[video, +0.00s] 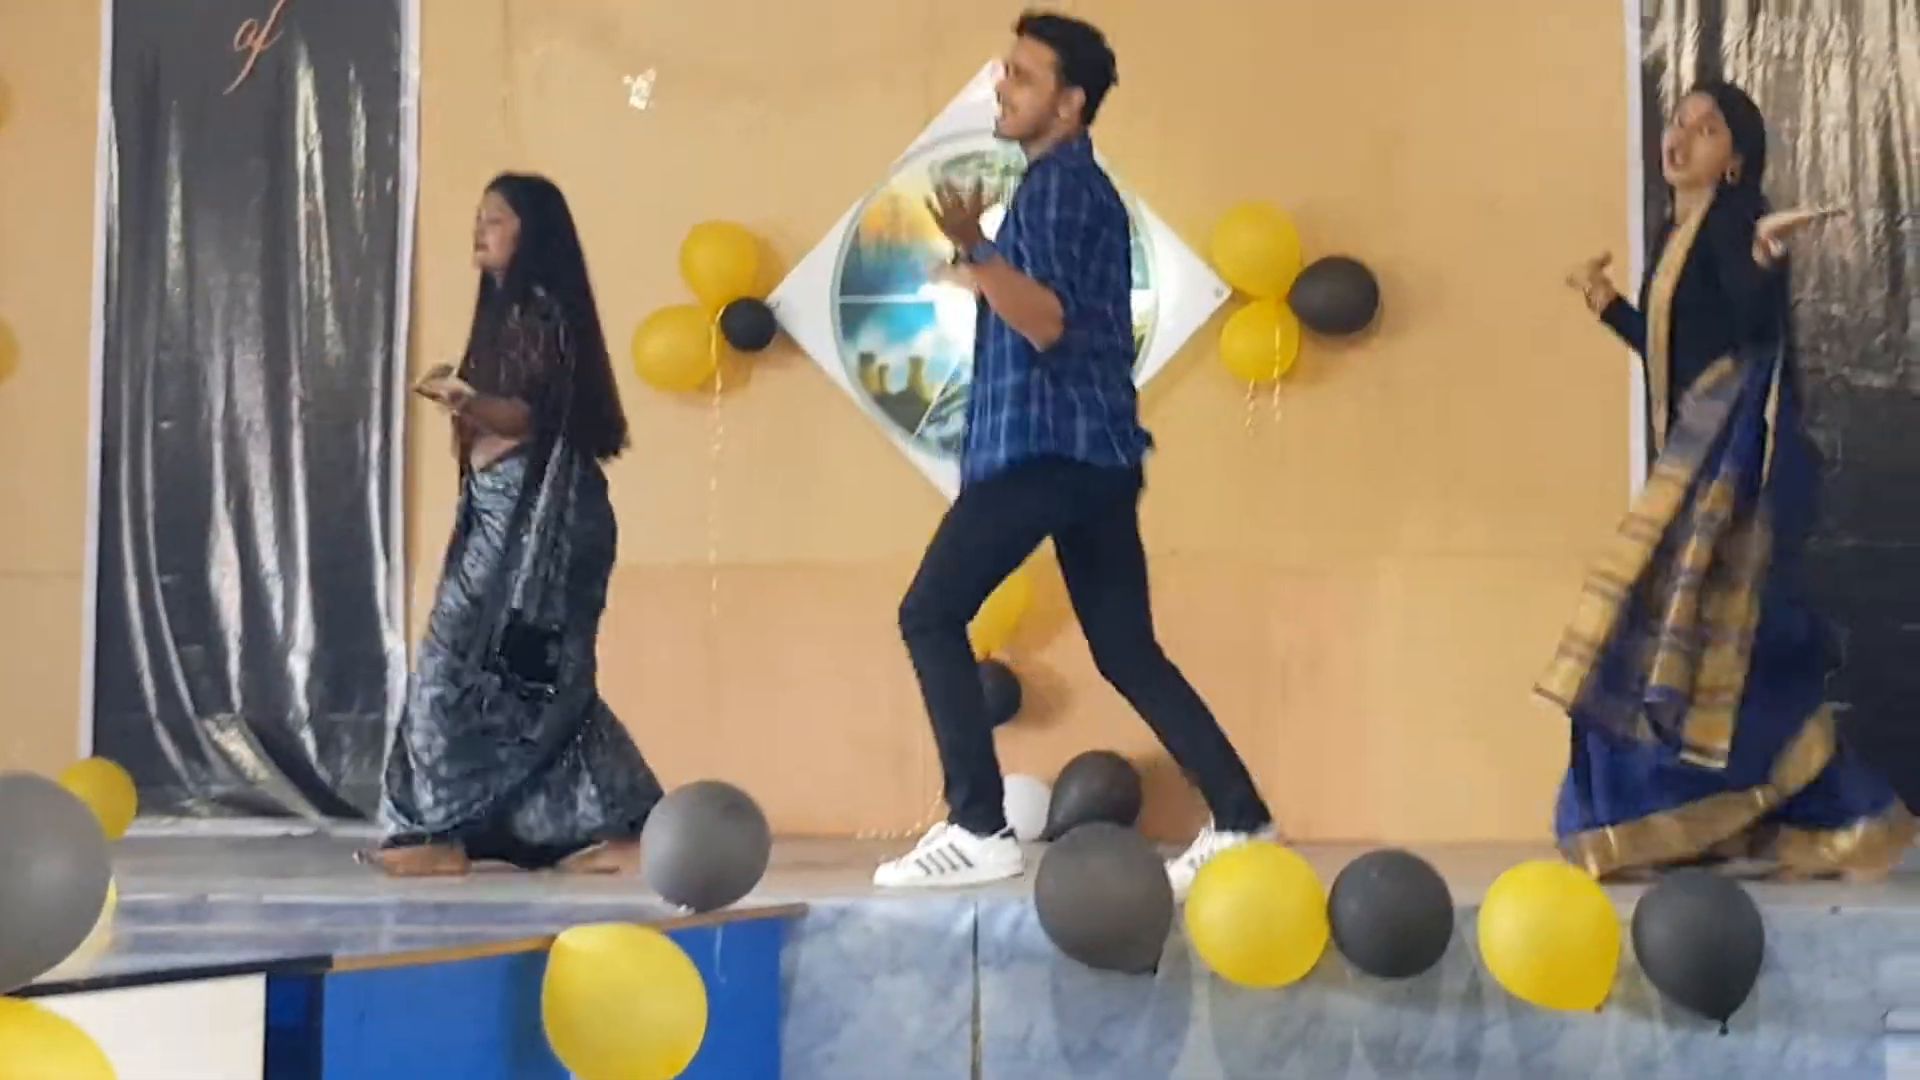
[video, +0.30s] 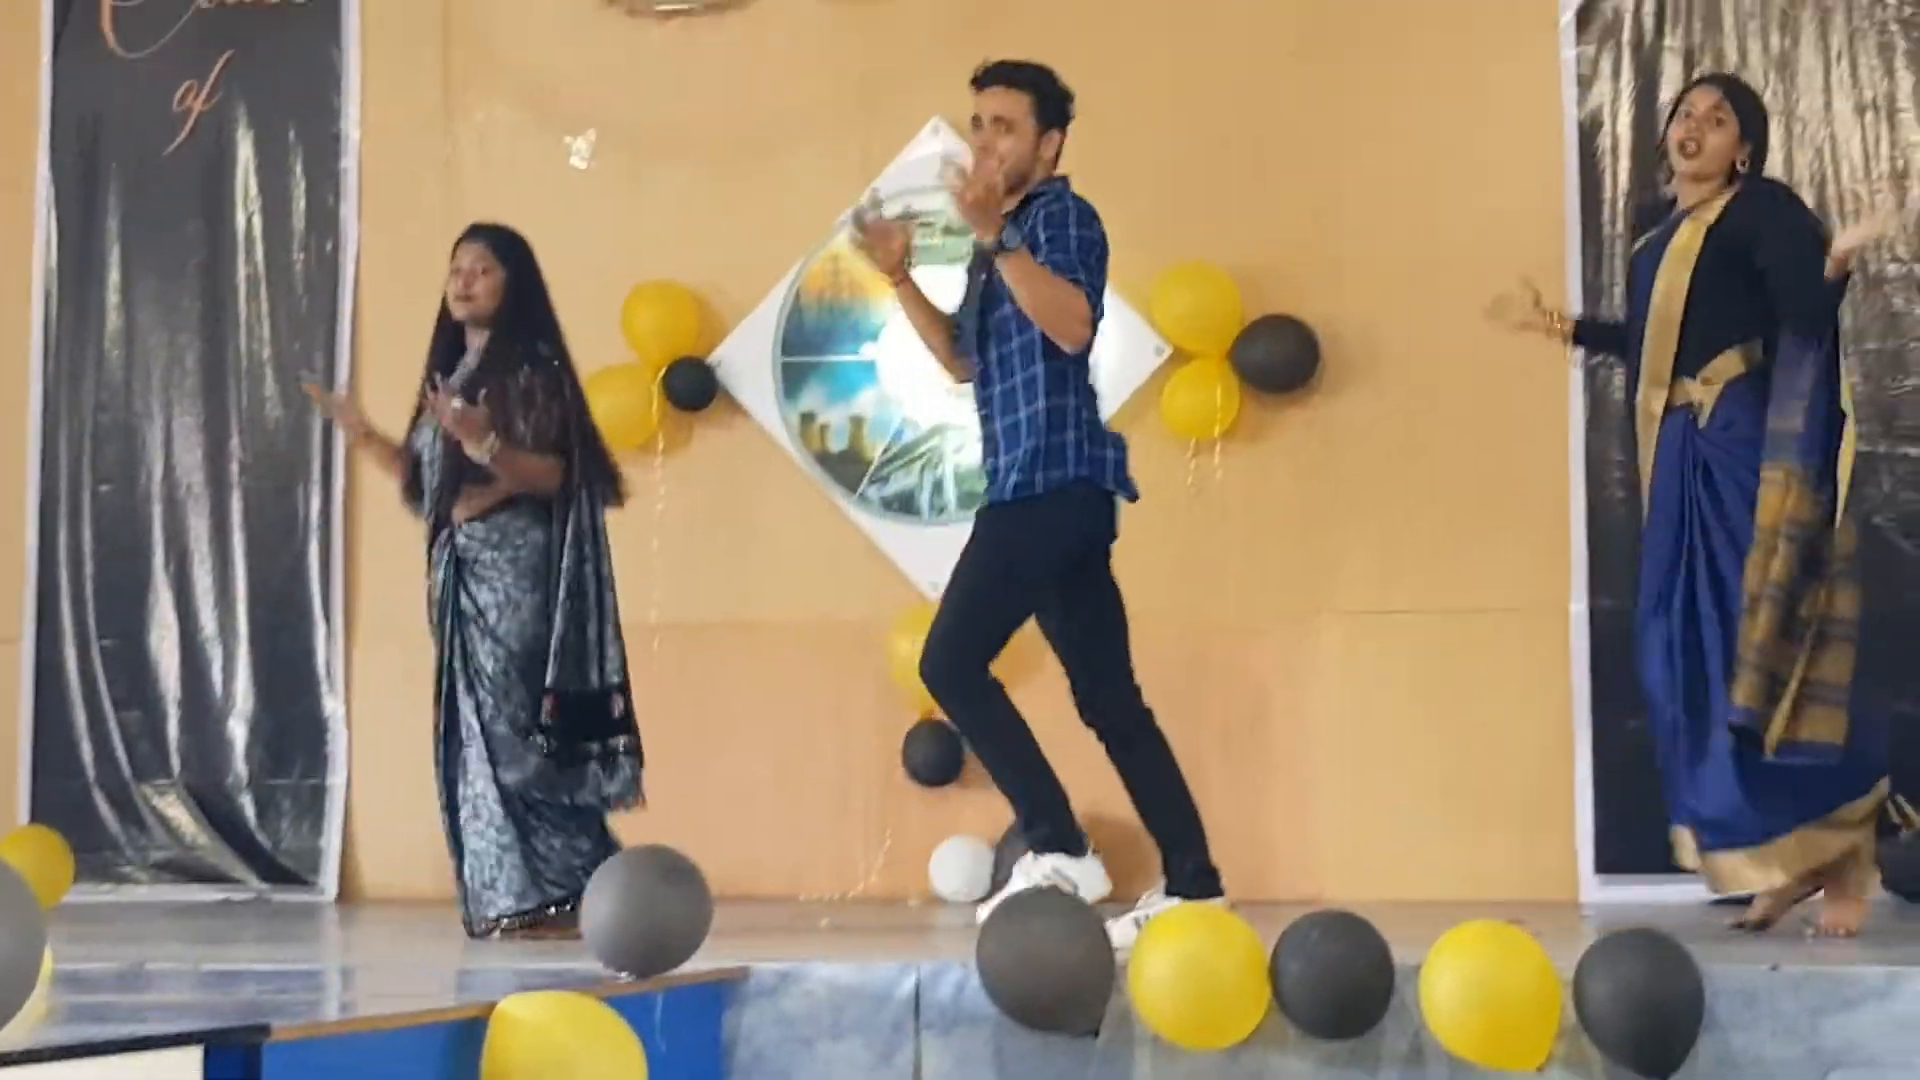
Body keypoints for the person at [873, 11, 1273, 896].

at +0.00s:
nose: (1000, 88)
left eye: (1022, 77)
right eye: (1005, 72)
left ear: (1073, 101)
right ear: (1060, 98)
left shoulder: (1056, 184)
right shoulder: (1087, 189)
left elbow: (1044, 321)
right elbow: (1068, 326)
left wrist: (971, 249)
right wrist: (983, 262)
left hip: (1043, 453)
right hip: (1100, 457)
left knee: (928, 615)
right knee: (1128, 654)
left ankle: (978, 829)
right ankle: (1246, 824)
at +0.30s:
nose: (981, 141)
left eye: (1002, 126)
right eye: (976, 125)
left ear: (1051, 143)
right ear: (972, 141)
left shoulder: (1059, 216)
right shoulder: (998, 239)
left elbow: (1073, 327)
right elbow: (965, 362)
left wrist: (994, 235)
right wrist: (903, 279)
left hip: (1049, 487)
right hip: (1046, 492)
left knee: (950, 663)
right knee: (1111, 703)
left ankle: (1059, 851)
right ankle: (1195, 889)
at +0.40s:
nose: (945, 180)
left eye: (963, 163)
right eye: (935, 165)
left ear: (1007, 171)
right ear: (928, 173)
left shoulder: (1041, 264)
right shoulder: (931, 269)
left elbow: (1062, 398)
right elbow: (935, 402)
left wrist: (967, 332)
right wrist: (862, 382)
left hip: (1021, 517)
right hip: (973, 524)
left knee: (957, 709)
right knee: (1062, 732)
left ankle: (1014, 893)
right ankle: (1161, 904)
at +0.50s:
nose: (902, 233)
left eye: (918, 214)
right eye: (889, 218)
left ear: (960, 213)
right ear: (880, 223)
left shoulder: (1009, 325)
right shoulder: (862, 320)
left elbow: (1020, 461)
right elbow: (852, 444)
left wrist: (930, 397)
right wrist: (811, 510)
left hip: (976, 549)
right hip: (899, 557)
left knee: (942, 752)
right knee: (953, 767)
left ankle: (987, 949)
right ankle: (1124, 919)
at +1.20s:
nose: (557, 265)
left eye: (571, 246)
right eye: (539, 251)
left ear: (594, 227)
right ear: (514, 240)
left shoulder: (643, 289)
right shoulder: (490, 304)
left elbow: (762, 350)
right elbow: (380, 387)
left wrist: (699, 269)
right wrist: (399, 289)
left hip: (637, 555)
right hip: (536, 557)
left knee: (654, 715)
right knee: (505, 743)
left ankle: (658, 873)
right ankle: (479, 934)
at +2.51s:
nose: (928, 166)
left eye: (936, 146)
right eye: (908, 152)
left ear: (944, 138)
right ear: (865, 149)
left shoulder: (972, 226)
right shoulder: (807, 221)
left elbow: (989, 361)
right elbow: (767, 342)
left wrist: (921, 352)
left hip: (930, 471)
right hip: (833, 472)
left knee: (959, 657)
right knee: (787, 660)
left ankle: (1010, 854)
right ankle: (830, 849)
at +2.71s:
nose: (872, 181)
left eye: (874, 162)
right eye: (852, 168)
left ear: (876, 154)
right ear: (805, 167)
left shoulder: (914, 233)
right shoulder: (760, 253)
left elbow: (972, 329)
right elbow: (763, 394)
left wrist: (992, 365)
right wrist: (851, 391)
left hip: (880, 487)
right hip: (782, 484)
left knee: (931, 664)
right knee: (684, 643)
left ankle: (1002, 834)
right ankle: (685, 813)